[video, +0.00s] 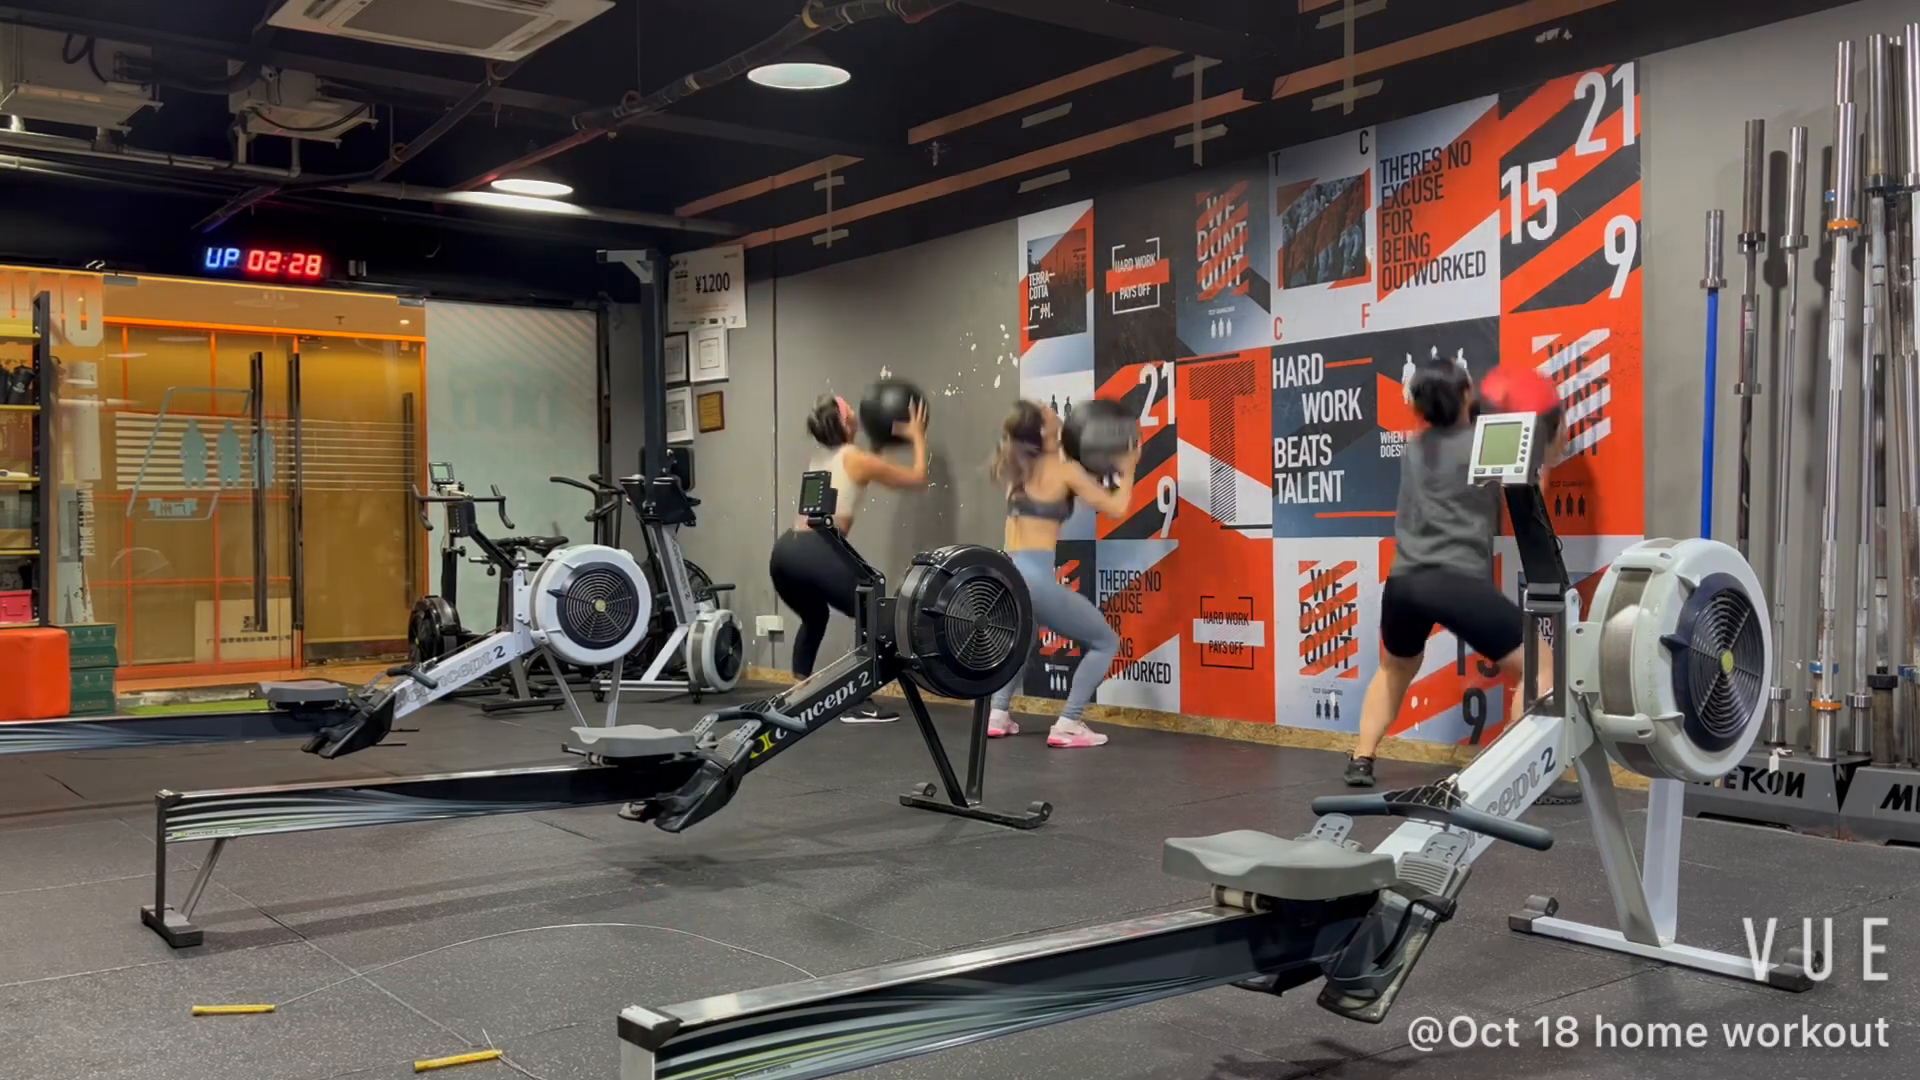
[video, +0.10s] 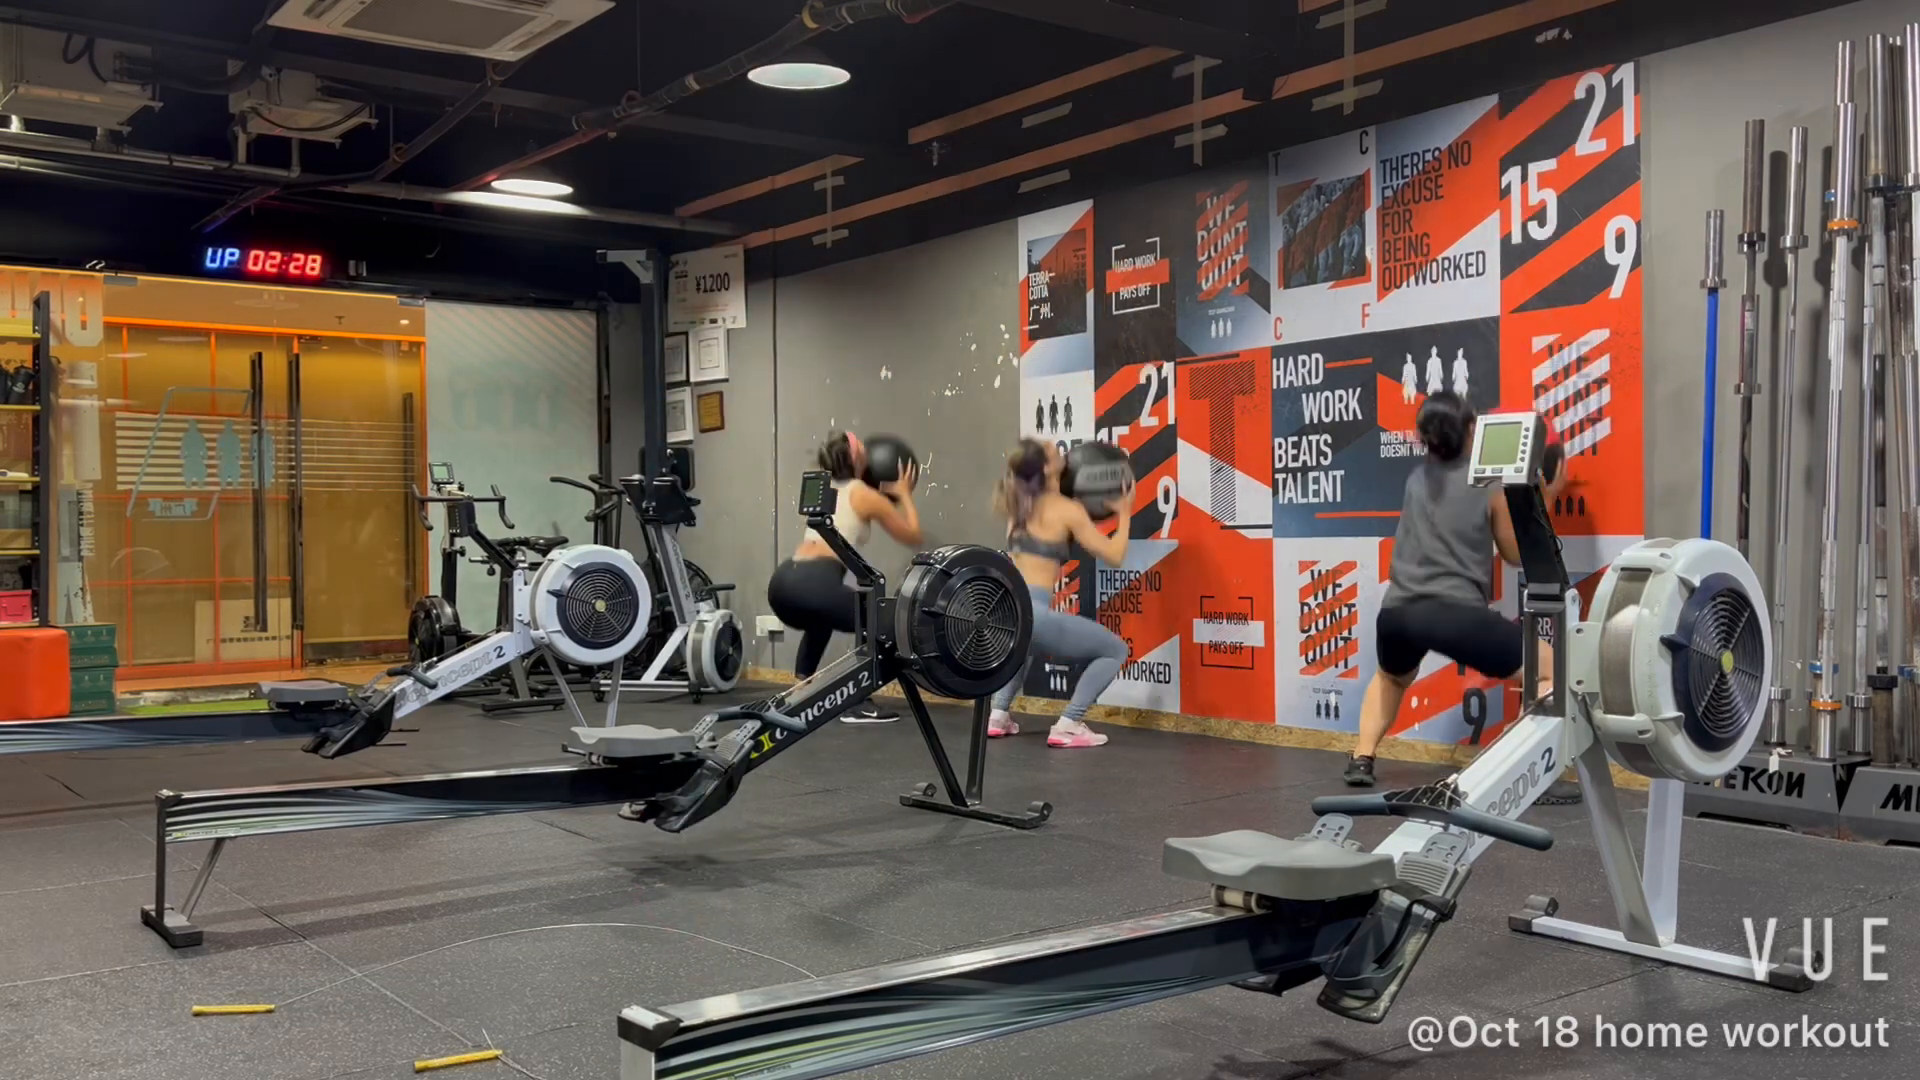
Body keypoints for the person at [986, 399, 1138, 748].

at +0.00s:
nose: (1057, 417)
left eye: (1052, 412)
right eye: (1051, 416)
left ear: (1026, 436)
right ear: (1046, 435)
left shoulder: (1017, 465)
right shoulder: (1064, 469)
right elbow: (1118, 507)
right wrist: (1129, 469)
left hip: (1006, 571)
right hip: (1035, 577)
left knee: (1020, 638)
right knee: (1105, 641)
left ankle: (997, 714)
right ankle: (1068, 724)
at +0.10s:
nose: (1059, 450)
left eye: (1054, 448)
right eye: (1054, 452)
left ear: (1027, 472)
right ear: (1048, 470)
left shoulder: (1019, 503)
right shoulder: (1066, 508)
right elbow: (1115, 554)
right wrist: (1124, 513)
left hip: (1001, 606)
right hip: (1034, 613)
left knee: (1022, 640)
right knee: (1115, 650)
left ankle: (997, 715)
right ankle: (1069, 724)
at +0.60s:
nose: (1055, 430)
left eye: (1048, 428)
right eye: (1049, 432)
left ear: (1027, 456)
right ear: (1046, 451)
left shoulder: (1022, 483)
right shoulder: (1069, 485)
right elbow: (1122, 524)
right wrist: (1122, 488)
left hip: (1005, 582)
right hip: (1038, 589)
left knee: (1033, 644)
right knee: (1106, 648)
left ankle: (999, 715)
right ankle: (1069, 724)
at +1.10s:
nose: (1056, 361)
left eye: (1049, 359)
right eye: (1051, 360)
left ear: (1026, 378)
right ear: (1046, 373)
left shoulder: (1021, 409)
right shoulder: (1066, 399)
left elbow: (1026, 350)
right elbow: (1092, 346)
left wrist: (1040, 301)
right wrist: (1087, 293)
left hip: (1035, 522)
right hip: (1070, 522)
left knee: (1022, 621)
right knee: (1068, 625)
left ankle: (1001, 709)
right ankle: (1069, 719)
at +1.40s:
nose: (1043, 371)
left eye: (1040, 367)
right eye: (1038, 368)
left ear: (1013, 389)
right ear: (1032, 383)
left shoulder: (1014, 421)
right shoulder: (1055, 415)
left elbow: (1036, 403)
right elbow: (1115, 397)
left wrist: (1049, 373)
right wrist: (1143, 347)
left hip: (1032, 526)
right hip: (1064, 525)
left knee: (1021, 622)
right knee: (1069, 628)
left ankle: (999, 713)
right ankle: (1069, 722)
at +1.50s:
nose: (1044, 375)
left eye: (1038, 370)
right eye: (1038, 372)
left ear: (1013, 389)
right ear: (1029, 383)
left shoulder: (1009, 422)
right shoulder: (1055, 414)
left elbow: (1042, 416)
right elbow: (1119, 403)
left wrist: (1063, 386)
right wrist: (1151, 360)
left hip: (1029, 529)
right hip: (1061, 527)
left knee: (1019, 623)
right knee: (1069, 628)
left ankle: (998, 713)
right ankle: (1068, 722)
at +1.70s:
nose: (1046, 365)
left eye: (1039, 362)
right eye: (1040, 366)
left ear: (1016, 389)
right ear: (1039, 381)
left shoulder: (1016, 423)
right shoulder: (1058, 417)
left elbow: (1061, 424)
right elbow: (1125, 413)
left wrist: (1084, 391)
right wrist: (1138, 366)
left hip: (1018, 533)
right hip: (1049, 534)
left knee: (1017, 624)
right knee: (1082, 625)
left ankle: (999, 714)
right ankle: (1070, 722)